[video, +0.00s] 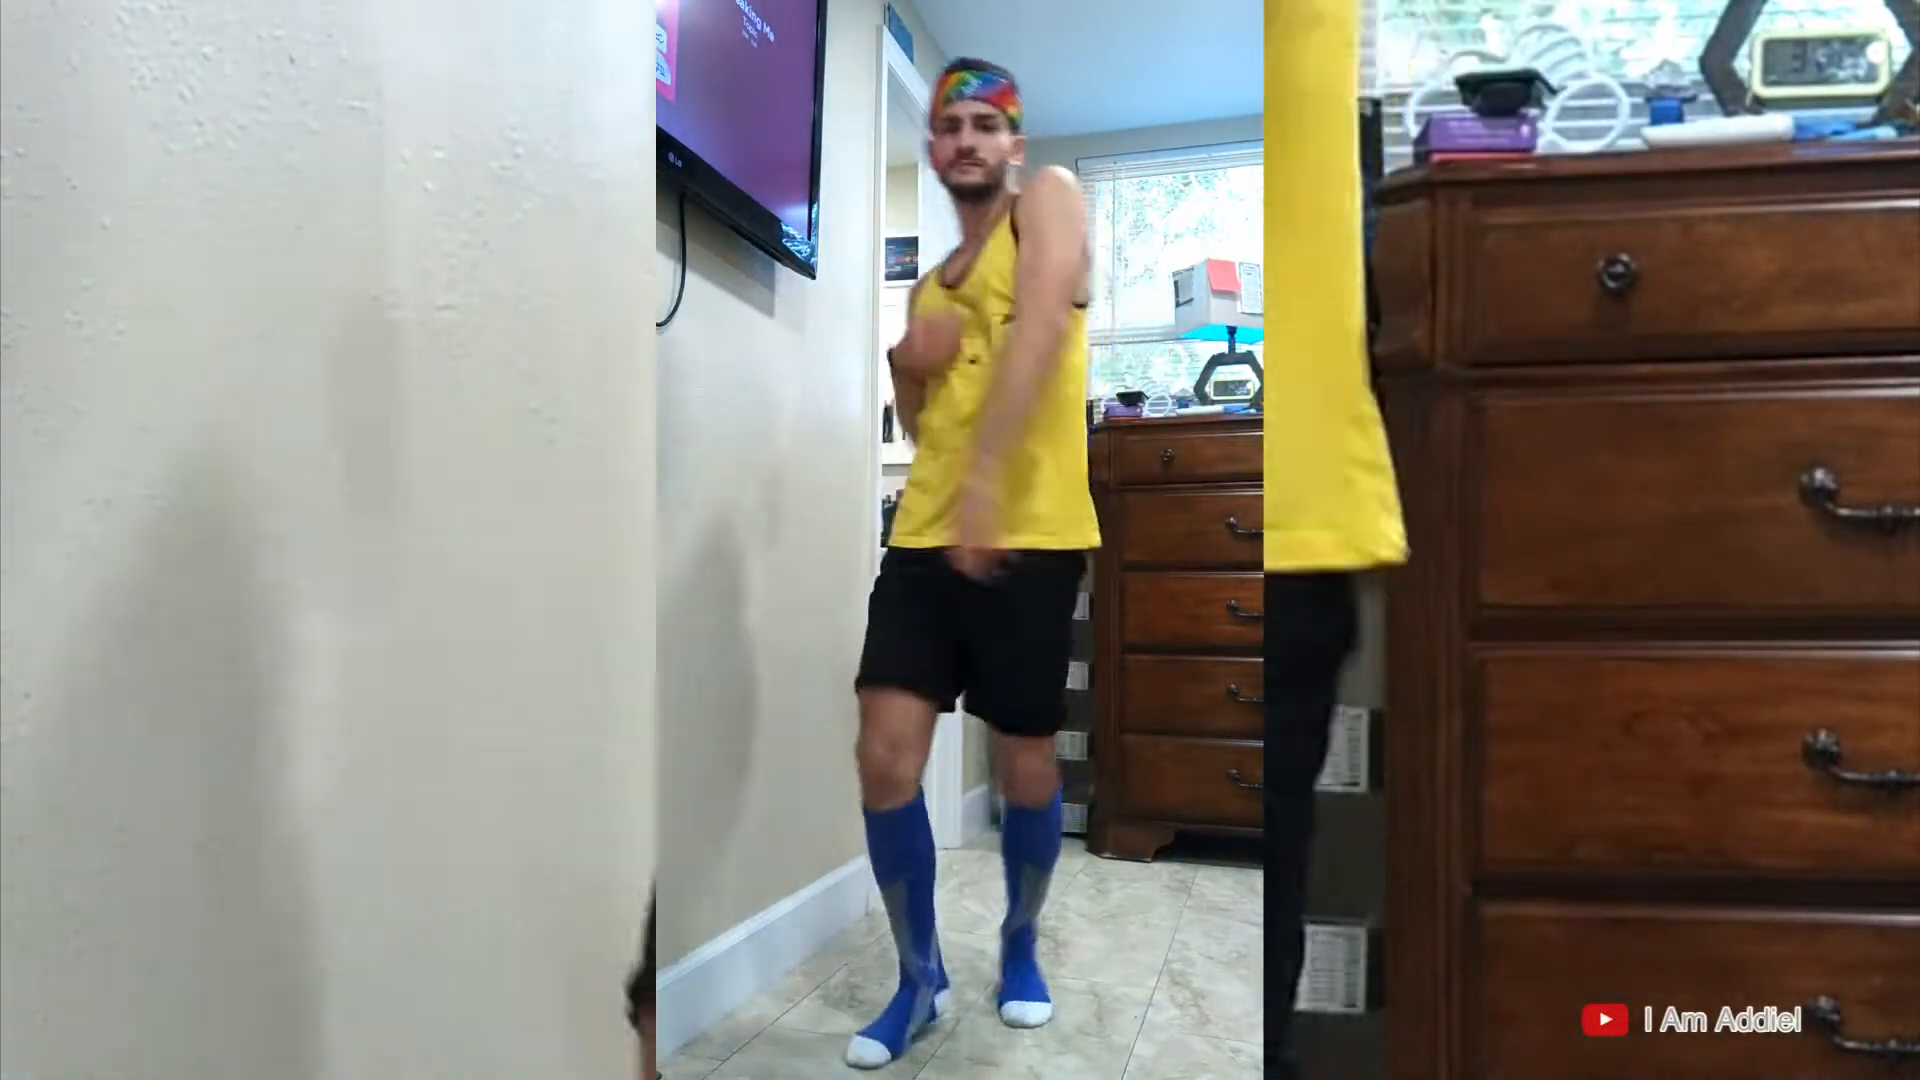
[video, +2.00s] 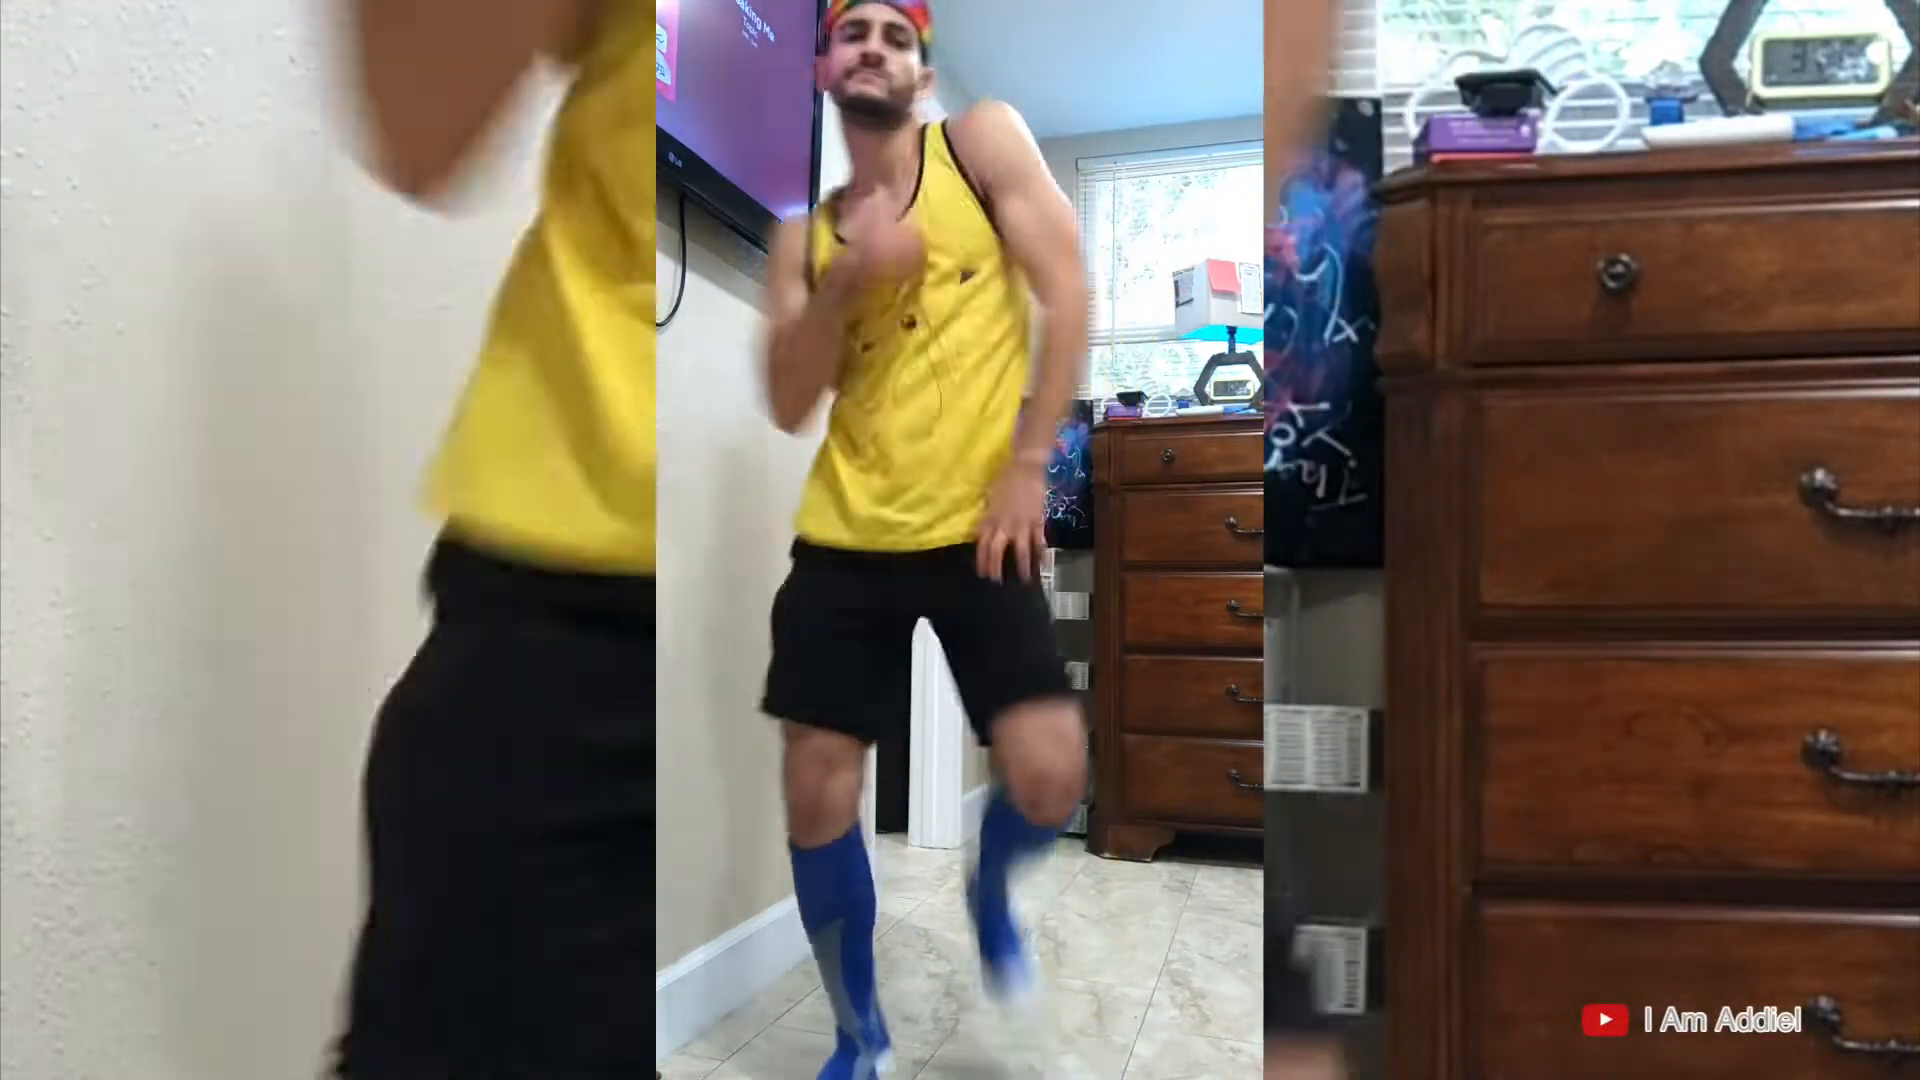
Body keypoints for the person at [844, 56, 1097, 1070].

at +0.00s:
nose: (966, 140)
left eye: (986, 125)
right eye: (949, 127)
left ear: (1018, 141)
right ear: (931, 148)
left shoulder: (1049, 196)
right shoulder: (935, 283)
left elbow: (1045, 319)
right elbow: (913, 424)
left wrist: (985, 478)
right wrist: (915, 368)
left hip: (1032, 533)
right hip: (927, 532)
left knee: (1026, 766)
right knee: (885, 759)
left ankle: (1022, 945)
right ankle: (919, 975)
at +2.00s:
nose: (872, 52)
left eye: (896, 40)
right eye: (851, 37)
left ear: (925, 73)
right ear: (821, 70)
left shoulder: (978, 138)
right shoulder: (804, 231)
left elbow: (1068, 291)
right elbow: (788, 400)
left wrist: (1029, 466)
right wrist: (845, 284)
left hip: (979, 518)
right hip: (848, 529)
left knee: (1052, 772)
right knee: (816, 784)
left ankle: (991, 887)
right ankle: (859, 1035)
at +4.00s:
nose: (955, 14)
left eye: (983, 3)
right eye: (944, 7)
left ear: (1037, 35)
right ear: (934, 47)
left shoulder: (1090, 136)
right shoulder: (915, 183)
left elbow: (1042, 206)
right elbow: (928, 343)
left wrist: (877, 138)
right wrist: (877, 422)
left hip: (1034, 518)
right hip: (906, 515)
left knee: (1029, 801)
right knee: (847, 754)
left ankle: (1017, 1037)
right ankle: (898, 966)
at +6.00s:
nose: (881, 65)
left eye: (898, 42)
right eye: (855, 45)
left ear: (926, 62)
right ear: (822, 72)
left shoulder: (1000, 198)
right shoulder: (791, 222)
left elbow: (1047, 349)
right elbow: (759, 350)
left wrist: (1070, 459)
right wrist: (831, 196)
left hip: (969, 539)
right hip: (825, 557)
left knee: (939, 818)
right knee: (834, 864)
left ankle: (1002, 929)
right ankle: (927, 1043)